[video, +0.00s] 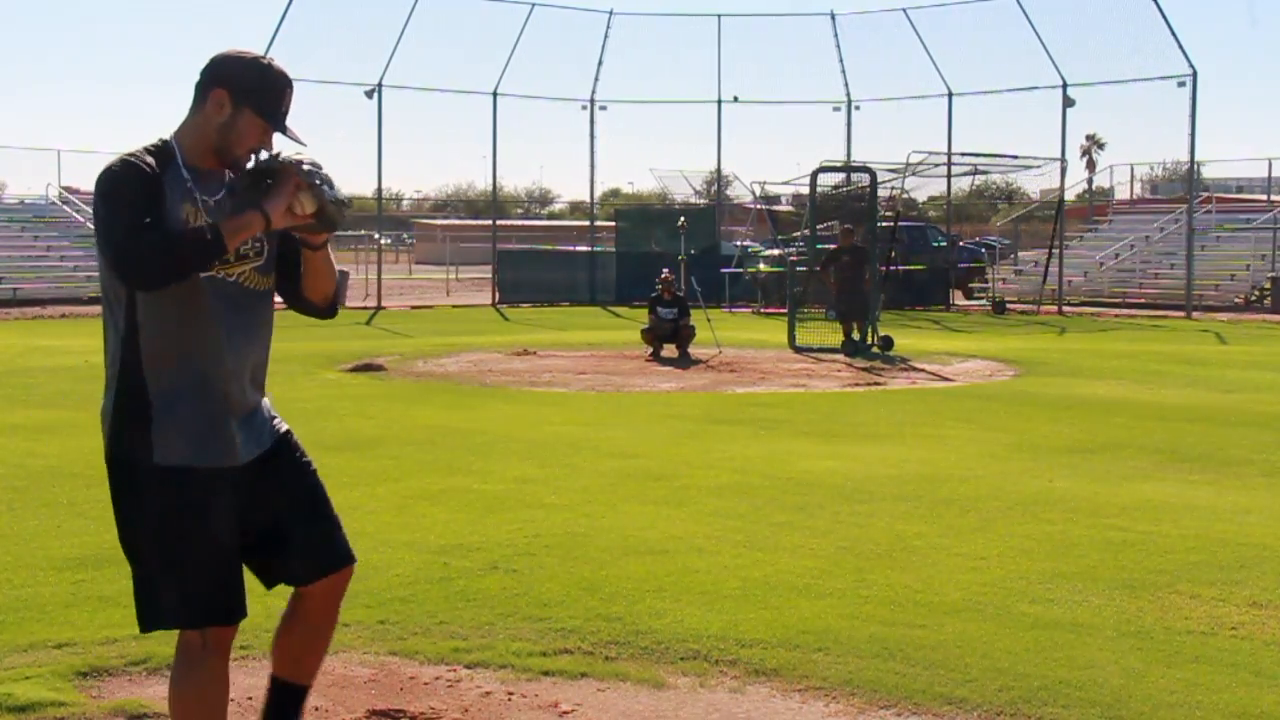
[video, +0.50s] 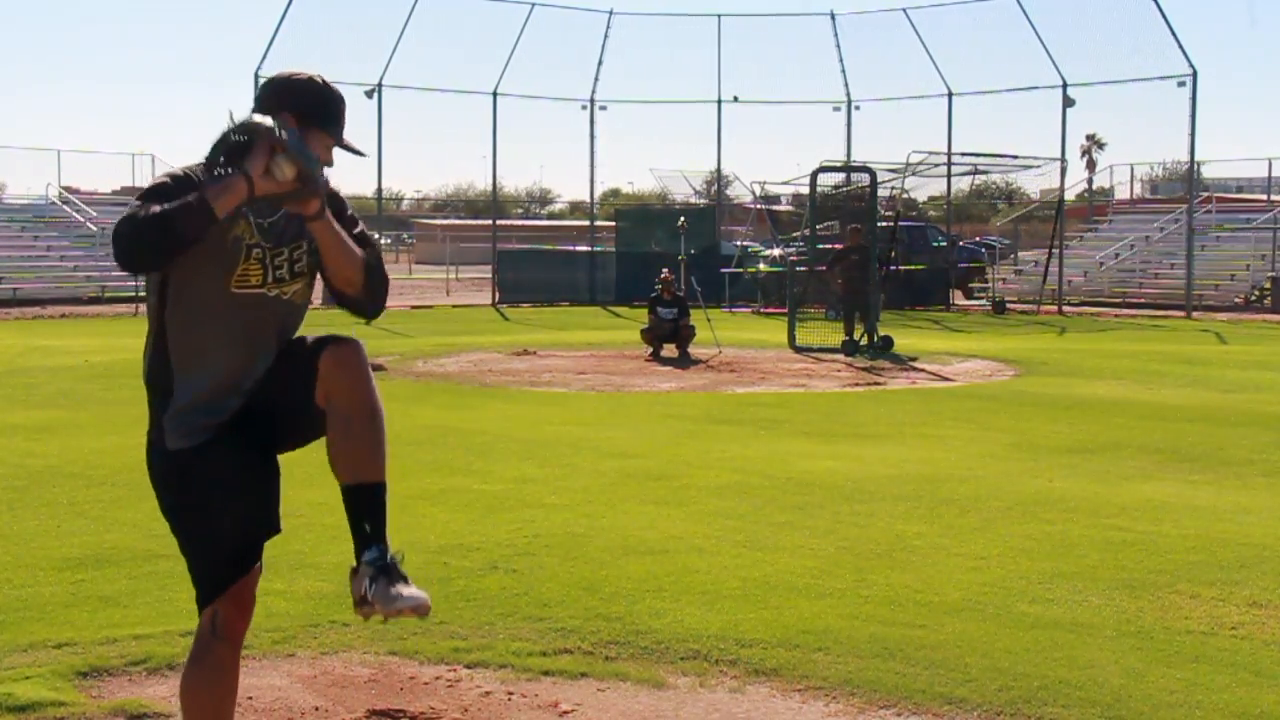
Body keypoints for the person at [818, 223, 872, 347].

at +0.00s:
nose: (845, 239)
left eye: (848, 236)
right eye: (843, 236)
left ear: (853, 237)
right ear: (840, 237)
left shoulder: (861, 251)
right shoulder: (835, 252)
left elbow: (871, 267)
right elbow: (823, 269)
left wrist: (868, 280)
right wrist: (830, 284)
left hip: (859, 287)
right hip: (842, 288)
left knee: (861, 317)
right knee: (845, 318)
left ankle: (862, 340)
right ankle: (848, 341)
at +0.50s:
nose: (855, 238)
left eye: (857, 235)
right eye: (853, 235)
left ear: (861, 236)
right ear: (848, 236)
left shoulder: (867, 251)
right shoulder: (843, 252)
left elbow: (880, 265)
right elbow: (830, 268)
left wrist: (874, 282)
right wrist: (835, 284)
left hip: (864, 288)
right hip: (848, 288)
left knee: (868, 317)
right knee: (848, 317)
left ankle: (871, 344)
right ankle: (849, 342)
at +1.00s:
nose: (867, 238)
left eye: (869, 235)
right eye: (864, 235)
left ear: (873, 236)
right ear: (860, 236)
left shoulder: (882, 251)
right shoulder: (856, 252)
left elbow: (893, 267)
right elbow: (843, 267)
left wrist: (889, 283)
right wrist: (851, 280)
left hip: (877, 288)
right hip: (860, 287)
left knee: (875, 316)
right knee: (856, 316)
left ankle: (873, 342)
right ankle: (850, 340)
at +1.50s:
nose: (867, 238)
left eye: (869, 235)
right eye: (864, 235)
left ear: (874, 236)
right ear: (861, 237)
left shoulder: (884, 251)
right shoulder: (857, 252)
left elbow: (895, 267)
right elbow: (844, 268)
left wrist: (889, 283)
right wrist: (851, 280)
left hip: (878, 288)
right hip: (862, 288)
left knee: (876, 316)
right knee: (858, 316)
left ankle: (873, 341)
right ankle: (852, 340)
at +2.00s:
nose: (865, 239)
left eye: (868, 236)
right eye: (863, 236)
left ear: (873, 237)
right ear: (860, 237)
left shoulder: (883, 252)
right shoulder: (855, 252)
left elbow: (894, 268)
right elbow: (843, 268)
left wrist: (888, 284)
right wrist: (850, 281)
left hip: (877, 289)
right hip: (860, 288)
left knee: (874, 316)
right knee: (856, 316)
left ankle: (872, 341)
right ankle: (852, 340)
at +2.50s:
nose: (866, 239)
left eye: (869, 236)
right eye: (865, 236)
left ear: (875, 237)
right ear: (862, 237)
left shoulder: (886, 252)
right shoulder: (857, 252)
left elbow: (896, 268)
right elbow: (845, 267)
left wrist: (889, 284)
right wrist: (850, 281)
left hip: (878, 289)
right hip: (861, 288)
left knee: (875, 316)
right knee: (856, 316)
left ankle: (873, 341)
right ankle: (852, 340)